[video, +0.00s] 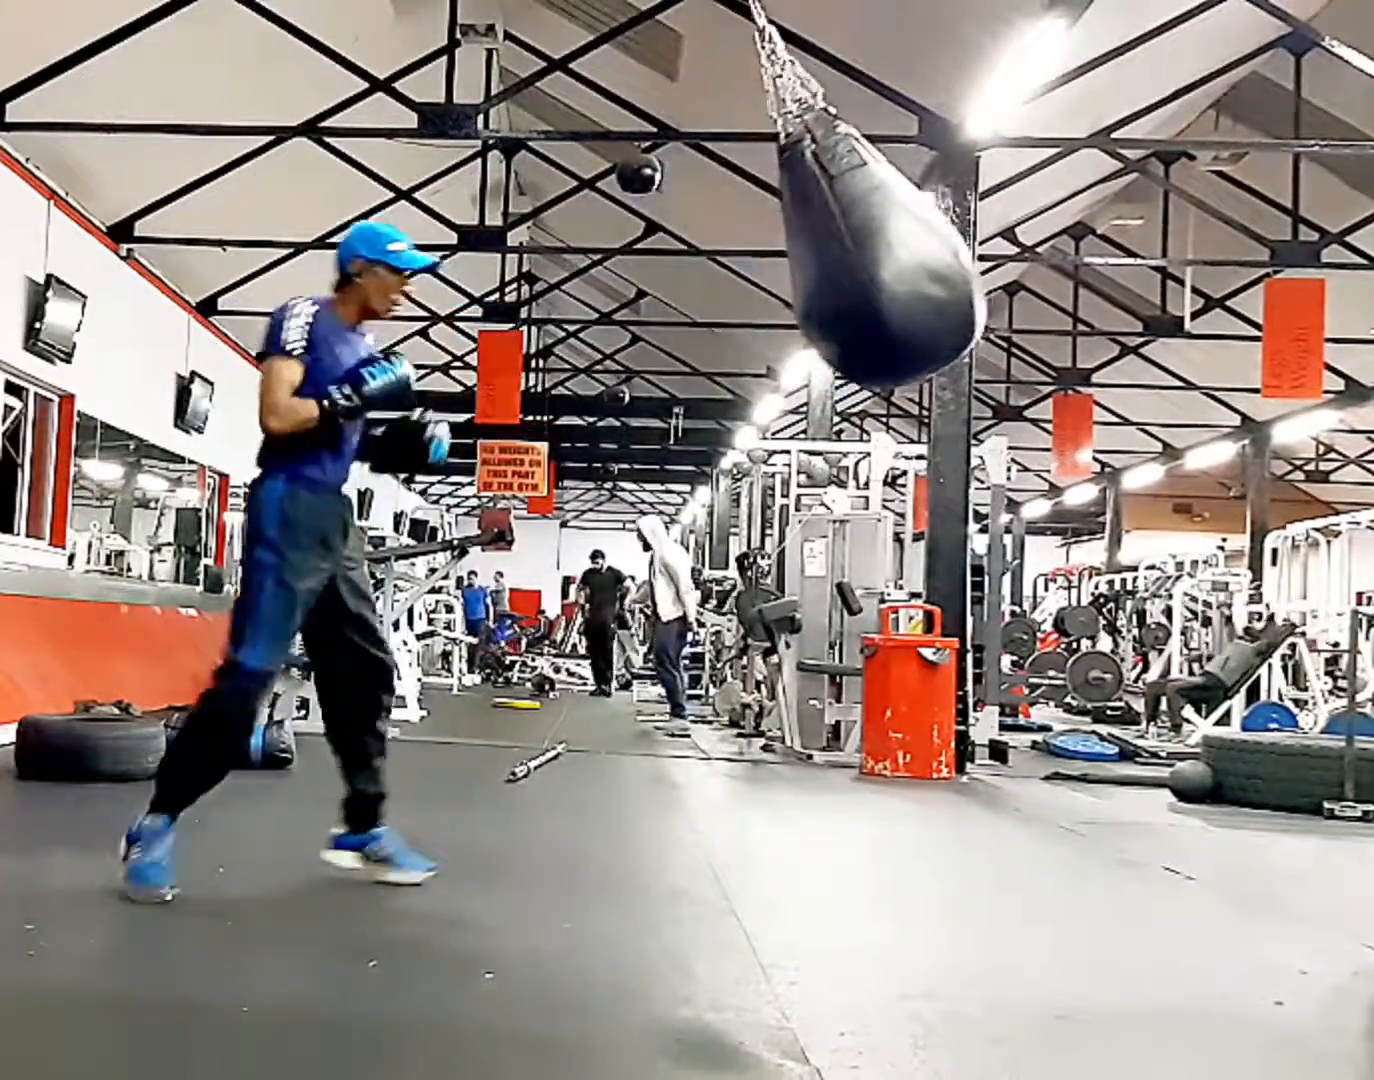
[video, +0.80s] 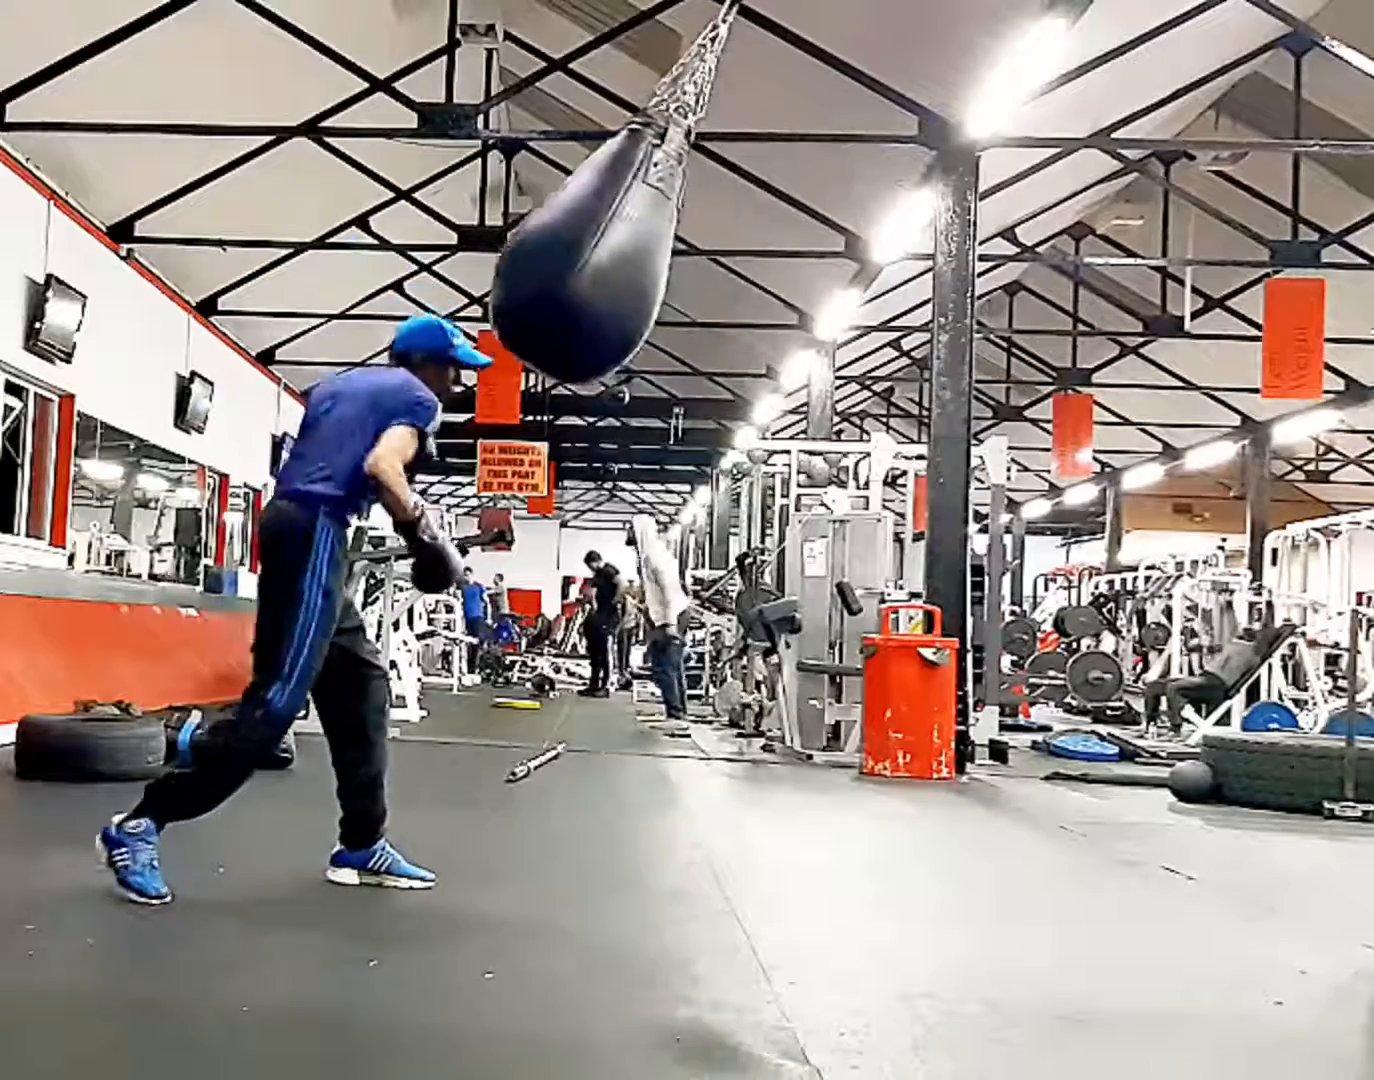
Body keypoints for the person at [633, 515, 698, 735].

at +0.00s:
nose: (638, 538)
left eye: (640, 534)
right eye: (638, 534)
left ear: (651, 534)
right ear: (652, 533)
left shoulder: (670, 553)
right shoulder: (655, 556)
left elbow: (685, 585)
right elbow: (652, 586)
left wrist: (691, 616)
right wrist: (633, 600)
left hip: (673, 616)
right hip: (662, 616)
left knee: (666, 662)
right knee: (667, 662)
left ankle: (678, 710)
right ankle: (676, 708)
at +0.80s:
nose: (627, 535)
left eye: (630, 529)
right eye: (627, 530)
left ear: (640, 531)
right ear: (643, 531)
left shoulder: (656, 554)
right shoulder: (647, 555)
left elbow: (669, 588)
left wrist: (671, 622)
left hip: (671, 616)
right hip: (663, 616)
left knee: (663, 666)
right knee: (673, 666)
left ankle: (676, 712)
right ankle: (678, 710)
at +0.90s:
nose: (633, 530)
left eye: (637, 526)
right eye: (635, 525)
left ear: (647, 528)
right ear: (651, 527)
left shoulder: (658, 551)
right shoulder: (650, 550)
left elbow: (661, 585)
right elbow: (650, 583)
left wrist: (650, 611)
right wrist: (639, 596)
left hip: (668, 612)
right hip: (663, 612)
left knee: (661, 663)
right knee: (668, 662)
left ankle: (675, 711)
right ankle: (677, 708)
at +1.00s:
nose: (641, 528)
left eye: (645, 524)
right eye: (642, 523)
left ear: (654, 526)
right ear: (661, 526)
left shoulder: (658, 549)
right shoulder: (667, 547)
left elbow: (650, 577)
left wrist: (630, 594)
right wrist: (635, 592)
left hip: (661, 609)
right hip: (669, 607)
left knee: (661, 661)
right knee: (668, 659)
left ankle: (675, 709)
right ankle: (677, 707)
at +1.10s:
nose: (650, 526)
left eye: (653, 522)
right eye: (651, 521)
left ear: (662, 523)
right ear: (666, 523)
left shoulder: (667, 544)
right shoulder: (664, 545)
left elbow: (645, 565)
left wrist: (613, 568)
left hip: (659, 605)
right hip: (656, 604)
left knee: (661, 658)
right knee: (662, 658)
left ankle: (675, 708)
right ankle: (675, 706)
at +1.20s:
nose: (652, 528)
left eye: (656, 525)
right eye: (654, 524)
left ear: (665, 526)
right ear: (673, 527)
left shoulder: (665, 544)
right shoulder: (675, 546)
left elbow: (638, 549)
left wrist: (605, 553)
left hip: (655, 602)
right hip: (665, 603)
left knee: (658, 658)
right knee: (666, 658)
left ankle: (675, 708)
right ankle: (676, 707)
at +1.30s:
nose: (654, 528)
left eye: (656, 524)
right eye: (655, 524)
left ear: (665, 524)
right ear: (673, 525)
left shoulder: (666, 543)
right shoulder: (675, 546)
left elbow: (638, 539)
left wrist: (611, 533)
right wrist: (634, 584)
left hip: (657, 606)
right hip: (665, 606)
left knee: (657, 661)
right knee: (666, 660)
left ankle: (674, 709)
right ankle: (676, 707)